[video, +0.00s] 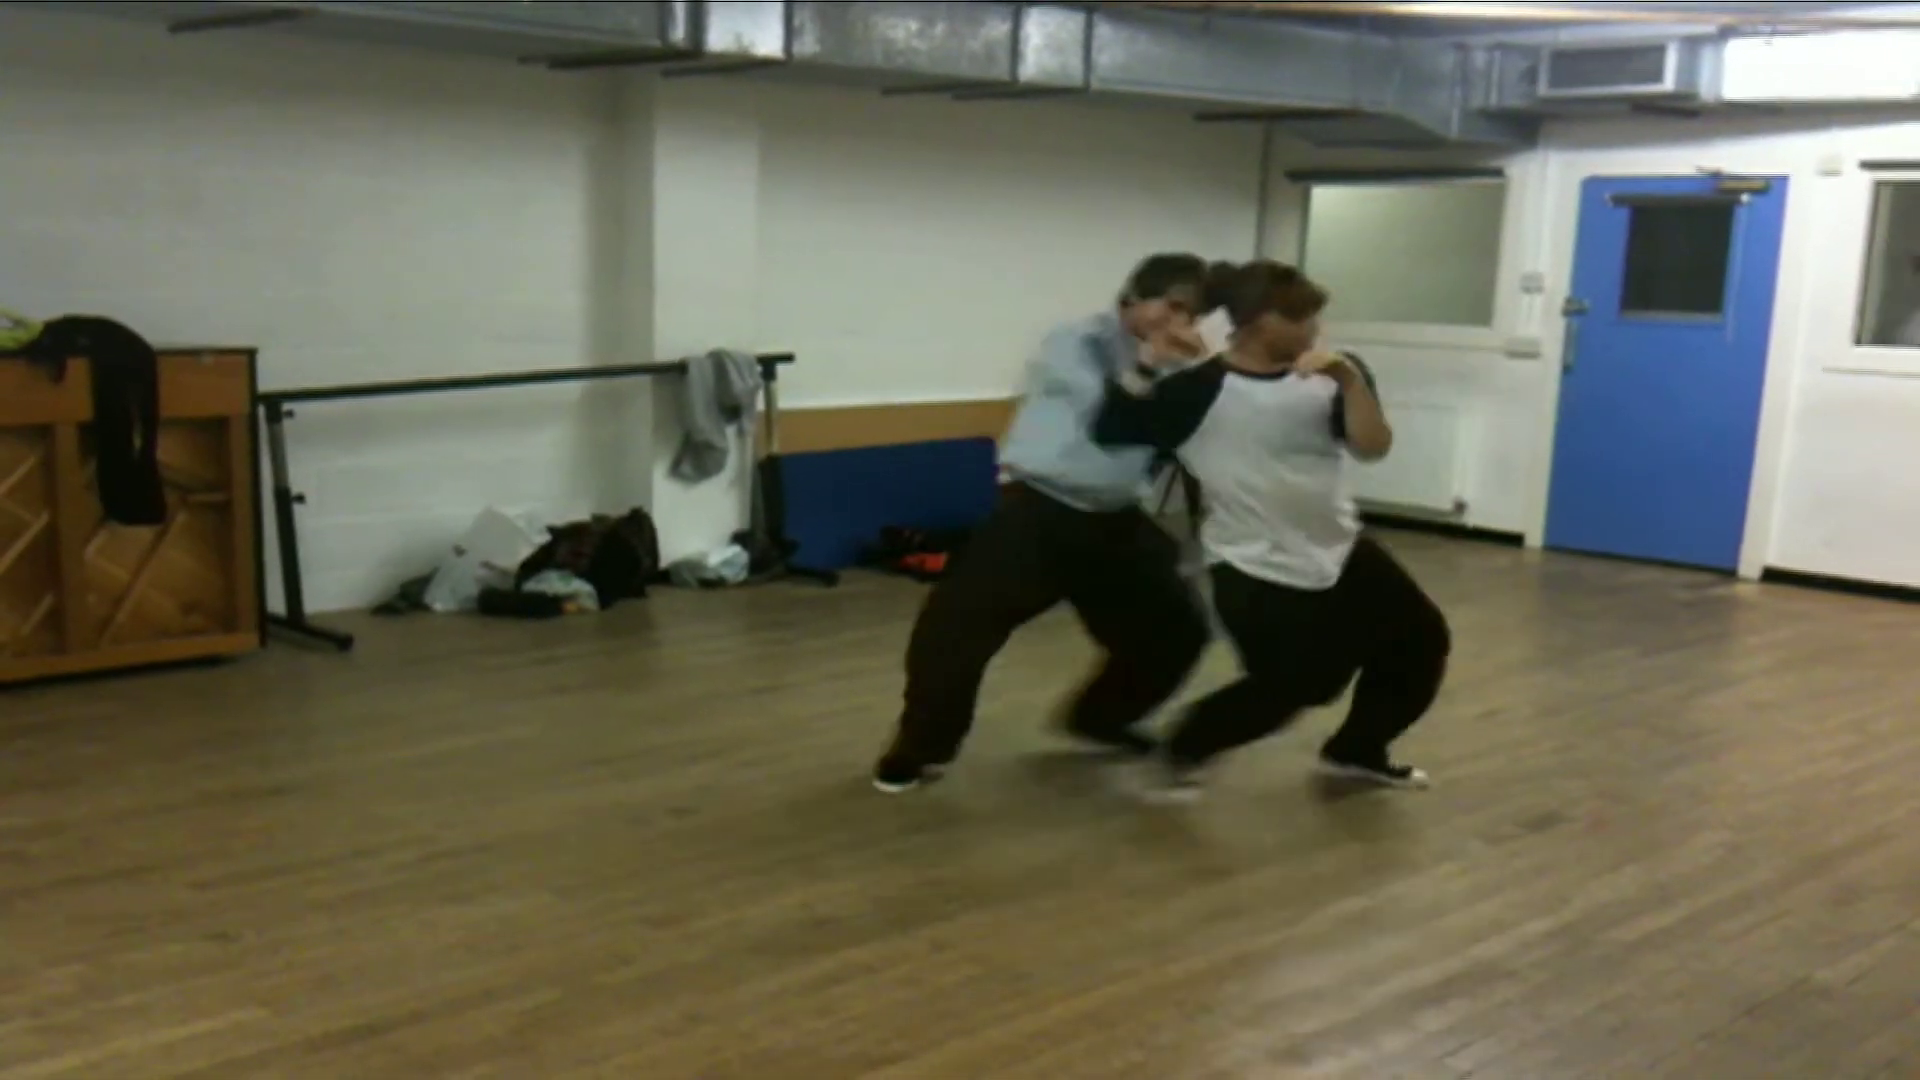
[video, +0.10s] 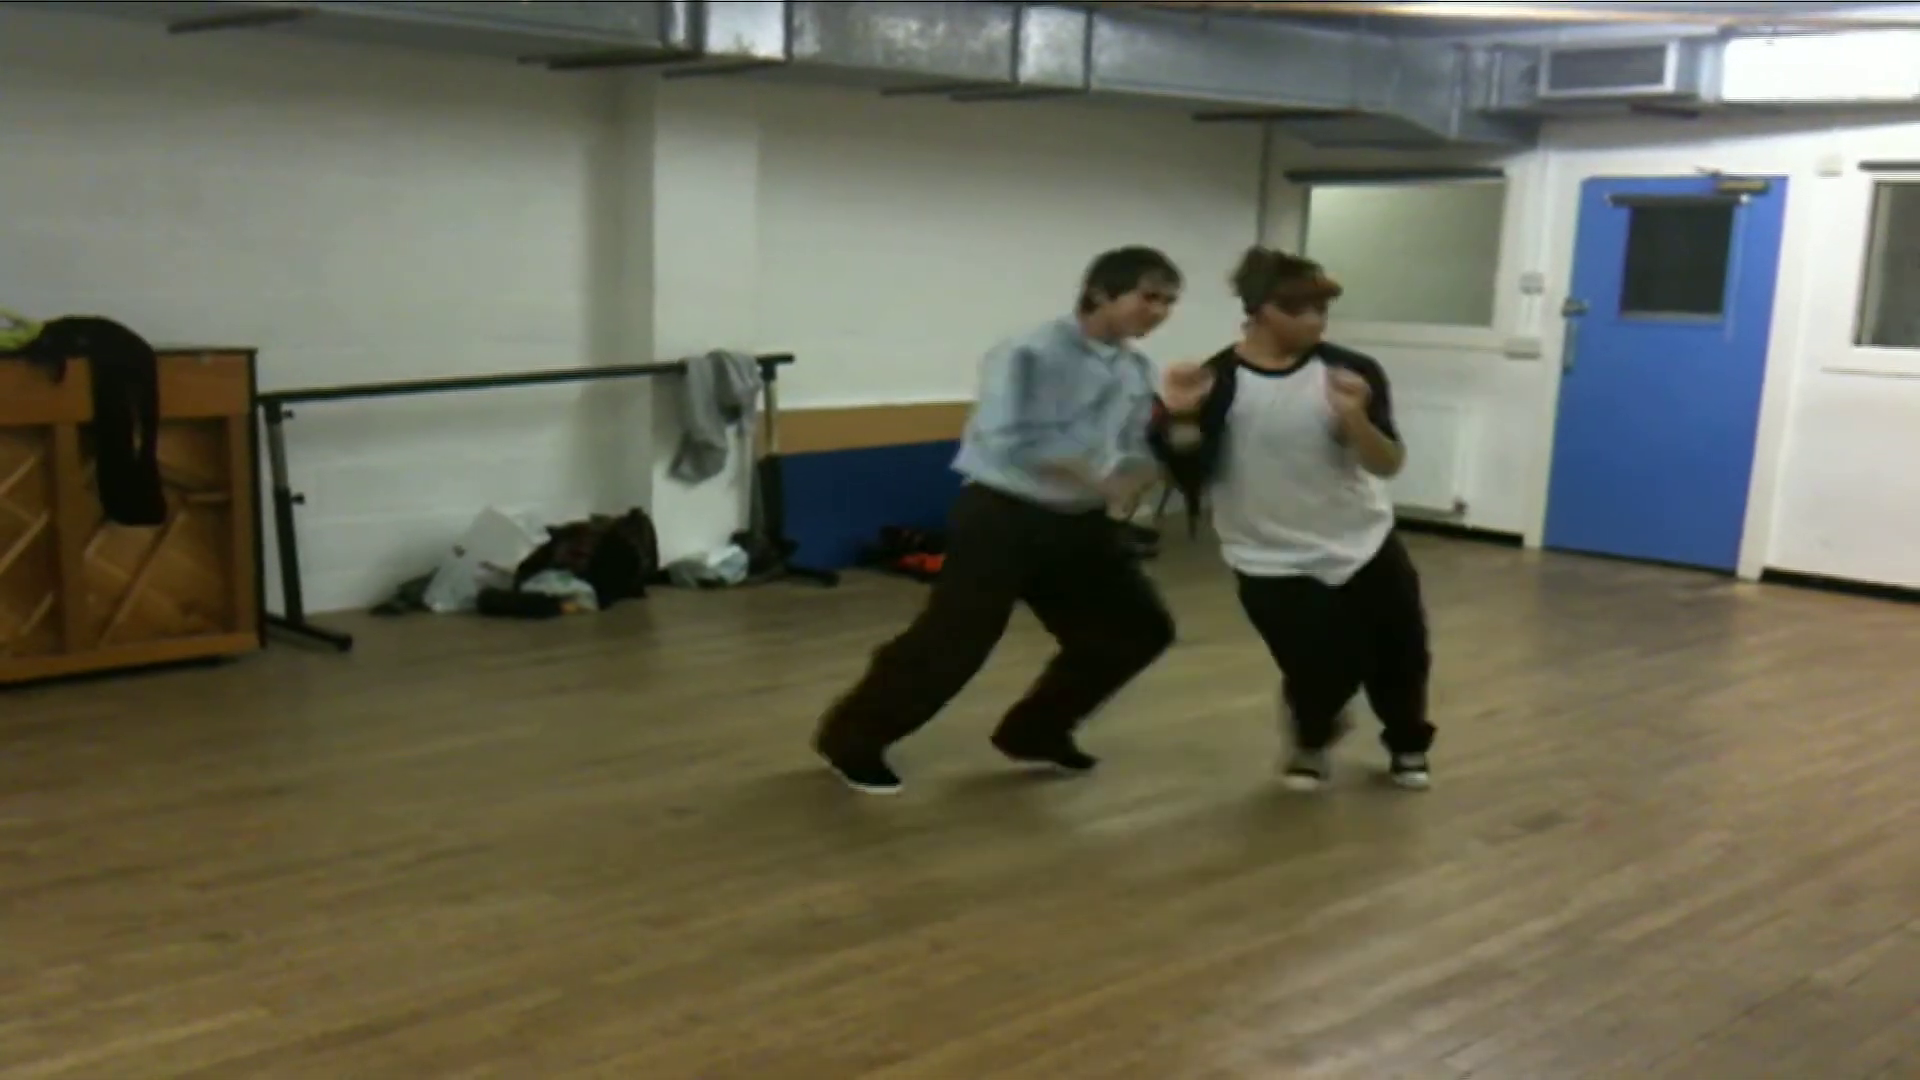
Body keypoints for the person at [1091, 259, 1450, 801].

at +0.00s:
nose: (1311, 330)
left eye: (1312, 318)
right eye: (1299, 318)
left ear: (1270, 324)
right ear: (1260, 322)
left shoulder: (1324, 386)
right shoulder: (1199, 391)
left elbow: (1372, 446)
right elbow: (1108, 428)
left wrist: (1350, 378)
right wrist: (1149, 363)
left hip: (1336, 552)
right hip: (1253, 565)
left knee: (1418, 640)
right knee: (1305, 676)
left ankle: (1358, 751)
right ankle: (1180, 748)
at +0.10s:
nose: (1314, 321)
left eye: (1320, 308)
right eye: (1298, 309)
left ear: (1327, 309)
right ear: (1259, 312)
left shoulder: (1353, 373)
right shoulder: (1214, 381)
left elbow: (1390, 463)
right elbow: (1189, 475)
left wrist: (1357, 424)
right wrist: (1181, 419)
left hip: (1361, 543)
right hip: (1270, 558)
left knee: (1401, 651)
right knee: (1324, 668)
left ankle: (1409, 748)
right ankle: (1309, 739)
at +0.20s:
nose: (1288, 321)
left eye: (1302, 310)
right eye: (1276, 308)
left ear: (1321, 315)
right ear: (1253, 310)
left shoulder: (1359, 373)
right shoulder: (1212, 385)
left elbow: (1444, 444)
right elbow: (1223, 485)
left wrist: (1422, 450)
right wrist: (1216, 454)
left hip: (1357, 549)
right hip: (1267, 566)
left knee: (1390, 659)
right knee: (1308, 675)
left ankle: (1417, 738)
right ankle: (1342, 746)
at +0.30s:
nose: (1261, 324)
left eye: (1278, 314)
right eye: (1255, 312)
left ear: (1314, 325)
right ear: (1246, 314)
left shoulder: (1353, 378)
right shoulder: (1222, 394)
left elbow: (1437, 411)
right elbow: (1204, 490)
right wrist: (1223, 468)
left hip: (1335, 549)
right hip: (1249, 562)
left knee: (1312, 655)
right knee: (1283, 678)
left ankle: (1368, 745)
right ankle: (1336, 757)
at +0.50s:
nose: (1263, 332)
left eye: (1280, 322)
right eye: (1260, 318)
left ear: (1319, 330)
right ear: (1255, 320)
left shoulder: (1363, 381)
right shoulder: (1242, 389)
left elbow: (1478, 429)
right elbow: (1199, 444)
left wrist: (1538, 505)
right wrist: (1244, 414)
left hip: (1314, 560)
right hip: (1235, 565)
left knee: (1229, 666)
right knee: (1262, 679)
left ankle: (1155, 794)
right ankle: (1356, 751)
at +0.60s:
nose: (1268, 308)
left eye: (1285, 299)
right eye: (1265, 295)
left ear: (1323, 308)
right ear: (1257, 296)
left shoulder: (1372, 367)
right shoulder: (1230, 355)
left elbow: (1449, 427)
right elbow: (1199, 418)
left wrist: (1474, 499)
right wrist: (1272, 417)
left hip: (1290, 545)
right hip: (1209, 539)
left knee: (1209, 662)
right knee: (1196, 668)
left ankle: (1167, 802)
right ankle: (1303, 726)